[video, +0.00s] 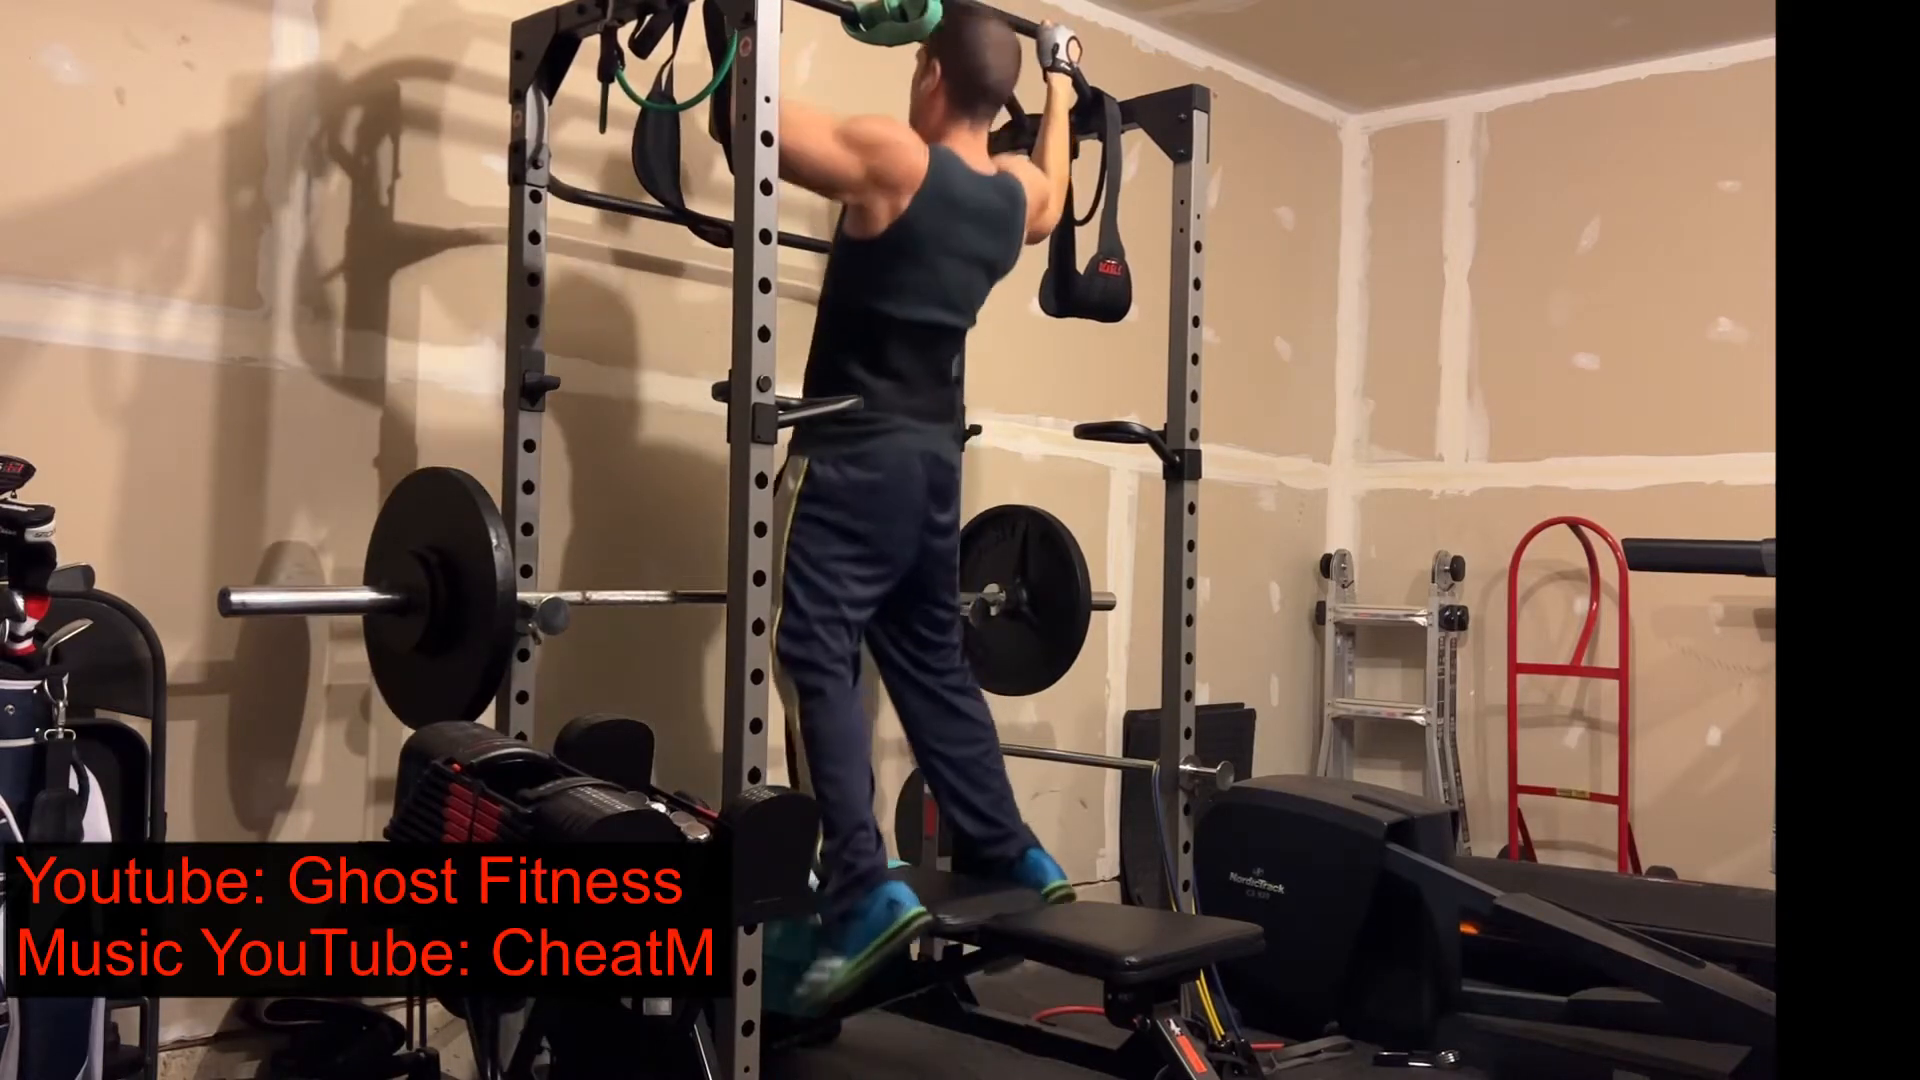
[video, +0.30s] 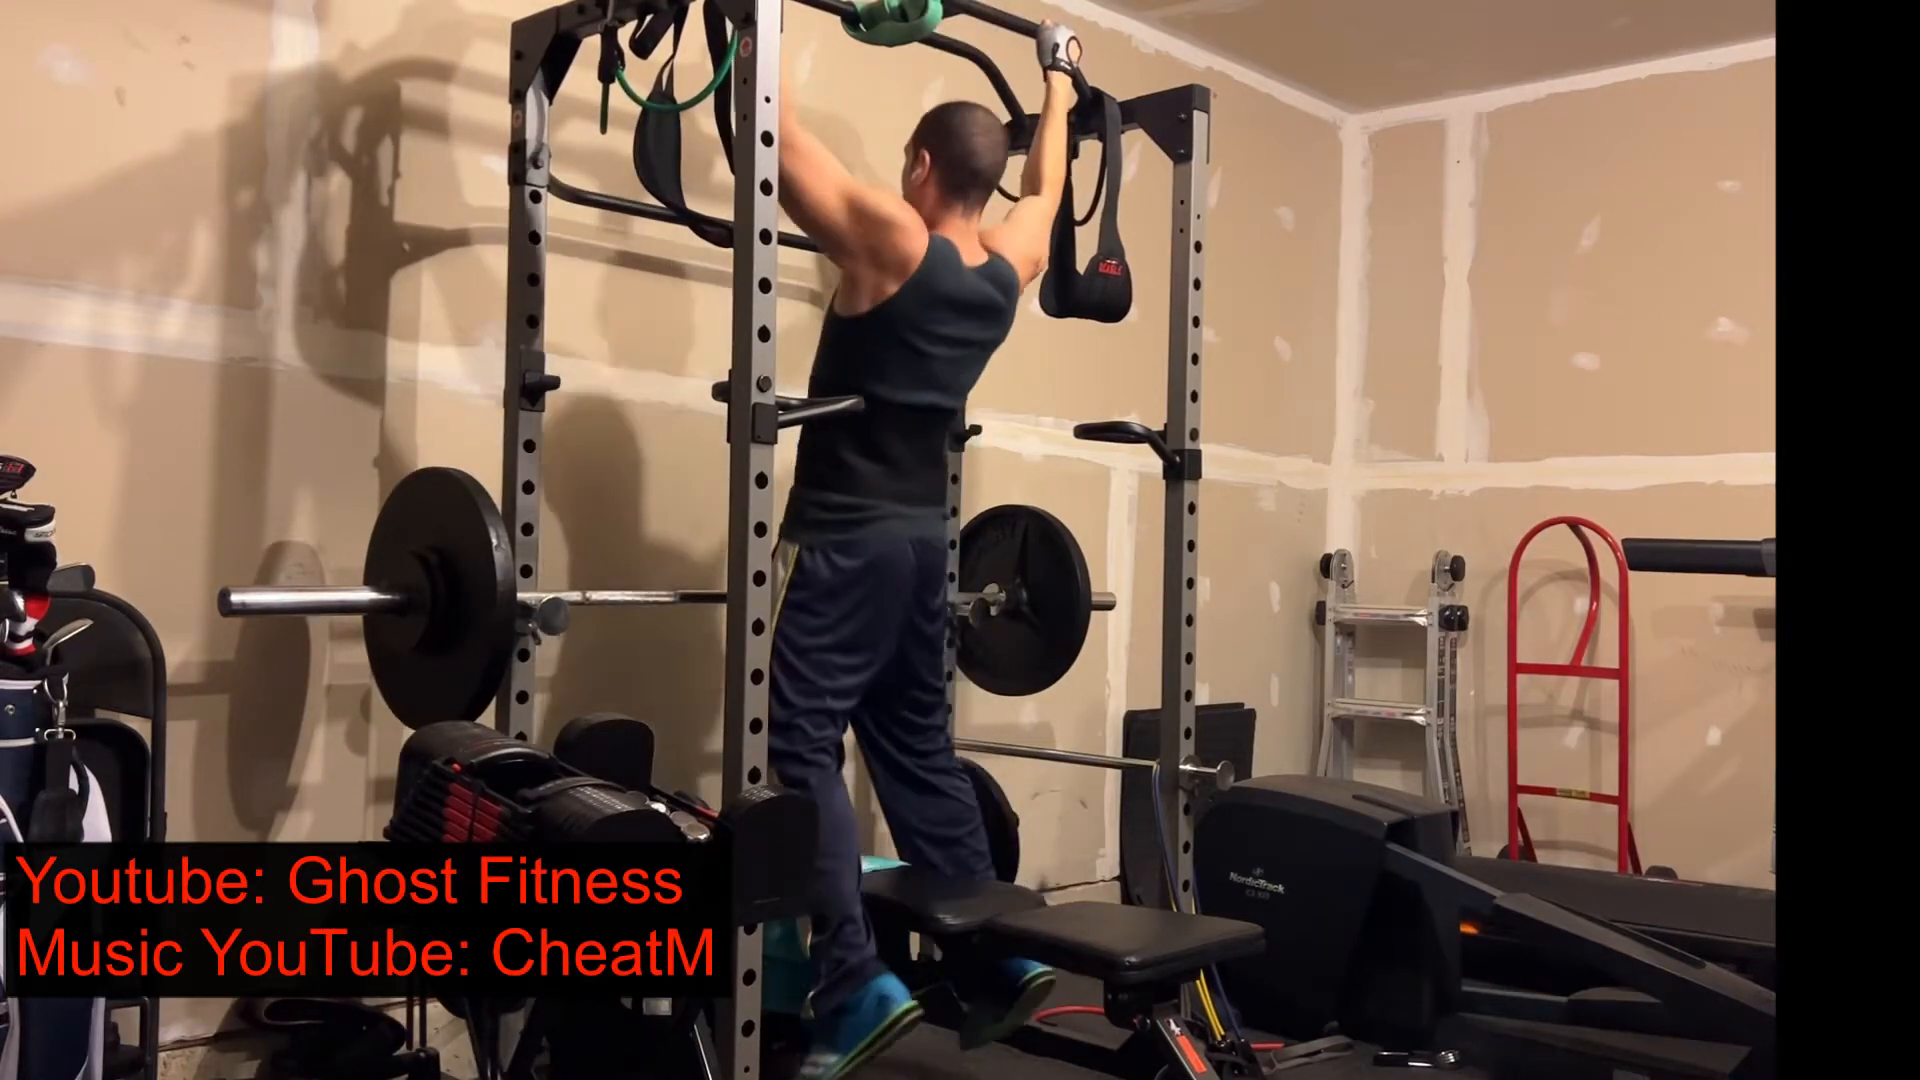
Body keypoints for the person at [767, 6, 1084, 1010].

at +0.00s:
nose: (912, 70)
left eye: (919, 57)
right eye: (924, 58)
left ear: (932, 76)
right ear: (1001, 100)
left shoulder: (891, 154)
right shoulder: (1012, 196)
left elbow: (760, 125)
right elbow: (1053, 189)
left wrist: (739, 34)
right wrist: (1060, 93)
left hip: (858, 451)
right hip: (932, 453)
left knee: (820, 658)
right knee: (930, 657)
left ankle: (863, 887)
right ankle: (1006, 853)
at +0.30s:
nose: (900, 162)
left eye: (907, 150)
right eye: (912, 151)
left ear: (924, 162)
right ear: (993, 186)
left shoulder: (883, 234)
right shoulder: (1005, 271)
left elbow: (773, 131)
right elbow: (1044, 192)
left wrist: (761, 24)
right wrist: (1059, 101)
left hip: (849, 533)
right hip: (926, 536)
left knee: (804, 744)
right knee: (919, 752)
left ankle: (851, 976)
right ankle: (996, 955)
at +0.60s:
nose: (905, 164)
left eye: (913, 152)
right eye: (917, 155)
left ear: (927, 164)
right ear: (999, 188)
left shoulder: (889, 235)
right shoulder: (1009, 272)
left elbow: (782, 132)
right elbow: (1042, 186)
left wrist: (768, 20)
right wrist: (1057, 103)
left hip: (853, 542)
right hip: (928, 542)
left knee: (808, 756)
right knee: (919, 756)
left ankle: (850, 992)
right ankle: (994, 959)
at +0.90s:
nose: (935, 54)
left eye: (944, 39)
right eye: (945, 40)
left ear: (961, 55)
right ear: (1030, 72)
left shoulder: (923, 128)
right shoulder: (1042, 169)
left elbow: (786, 119)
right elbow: (1069, 193)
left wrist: (759, 19)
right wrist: (1048, 102)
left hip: (873, 438)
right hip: (946, 444)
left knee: (806, 636)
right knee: (921, 642)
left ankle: (845, 875)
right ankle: (985, 841)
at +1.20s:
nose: (917, 10)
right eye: (923, 0)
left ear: (945, 10)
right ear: (1012, 26)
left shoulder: (906, 76)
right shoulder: (1031, 122)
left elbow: (768, 114)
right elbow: (1059, 201)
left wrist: (749, 21)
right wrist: (1059, 89)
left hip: (863, 379)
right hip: (939, 388)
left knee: (817, 583)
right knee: (932, 597)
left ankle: (866, 807)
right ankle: (1019, 789)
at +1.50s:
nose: (914, 98)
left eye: (921, 84)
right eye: (923, 86)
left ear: (938, 98)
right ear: (1009, 118)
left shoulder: (902, 170)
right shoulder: (1024, 212)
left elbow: (767, 124)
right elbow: (1056, 185)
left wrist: (746, 30)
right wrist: (1061, 104)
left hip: (868, 480)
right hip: (938, 484)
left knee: (811, 681)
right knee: (931, 688)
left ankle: (862, 909)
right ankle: (1012, 871)